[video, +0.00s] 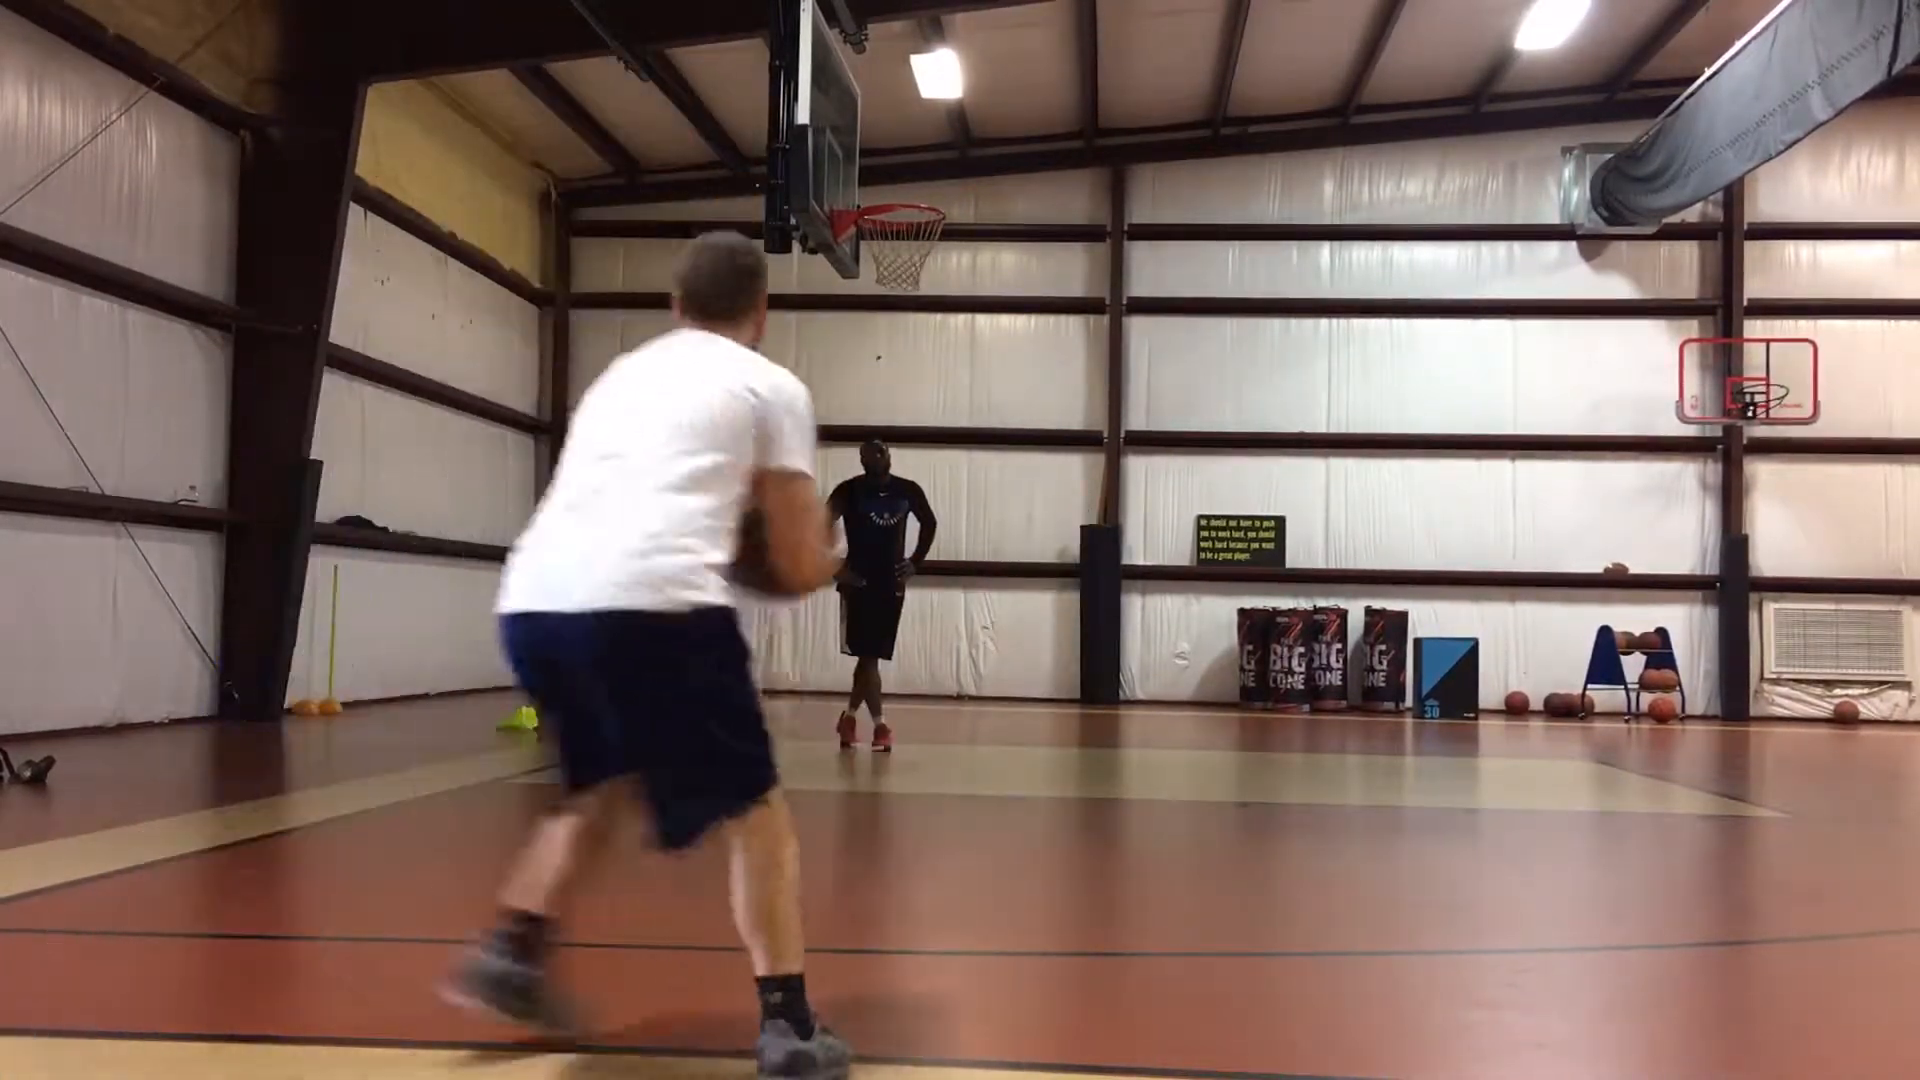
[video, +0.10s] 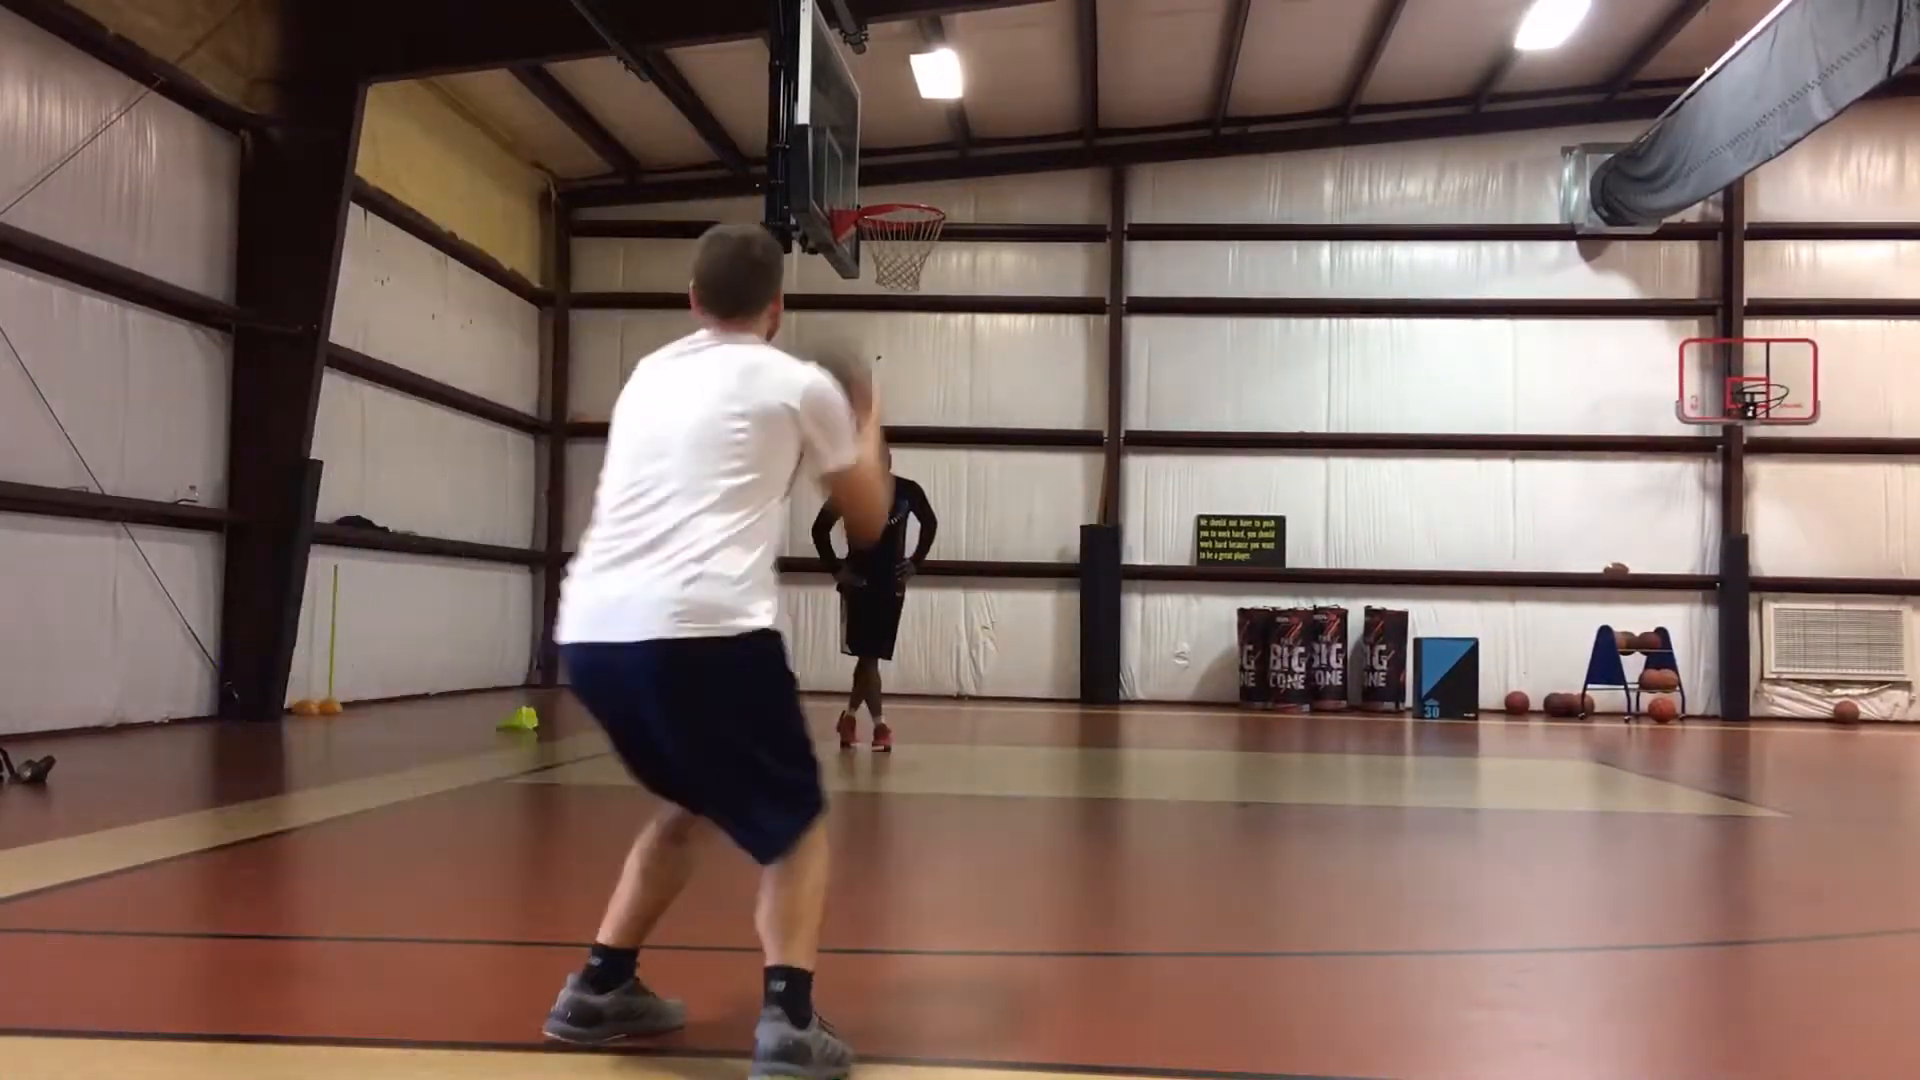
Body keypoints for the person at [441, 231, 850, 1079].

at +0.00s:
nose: (765, 325)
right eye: (768, 314)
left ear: (674, 306)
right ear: (759, 314)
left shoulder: (615, 376)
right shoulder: (767, 385)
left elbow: (610, 512)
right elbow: (798, 565)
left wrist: (745, 537)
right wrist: (827, 543)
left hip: (537, 609)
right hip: (661, 609)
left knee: (595, 786)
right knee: (757, 810)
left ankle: (510, 950)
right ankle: (787, 1024)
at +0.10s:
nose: (777, 309)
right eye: (778, 298)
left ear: (690, 302)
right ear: (775, 306)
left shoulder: (646, 376)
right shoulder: (797, 385)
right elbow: (867, 519)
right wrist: (869, 428)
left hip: (595, 637)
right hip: (711, 638)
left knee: (690, 799)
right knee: (795, 819)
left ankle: (600, 984)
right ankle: (788, 1021)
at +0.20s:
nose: (803, 230)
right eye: (802, 218)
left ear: (709, 229)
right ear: (793, 232)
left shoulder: (673, 301)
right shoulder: (804, 305)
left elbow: (733, 271)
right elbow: (906, 335)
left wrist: (784, 224)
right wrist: (865, 229)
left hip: (639, 582)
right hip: (748, 578)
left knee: (701, 780)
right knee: (810, 803)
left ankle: (606, 978)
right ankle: (785, 1003)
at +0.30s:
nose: (779, 140)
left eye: (752, 129)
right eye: (792, 128)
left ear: (719, 132)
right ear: (804, 132)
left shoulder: (695, 201)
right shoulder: (826, 195)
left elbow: (743, 131)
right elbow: (912, 126)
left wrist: (755, 50)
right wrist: (884, 26)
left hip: (681, 464)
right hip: (788, 464)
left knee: (675, 697)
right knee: (801, 701)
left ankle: (634, 914)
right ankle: (813, 914)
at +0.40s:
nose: (833, 62)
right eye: (822, 55)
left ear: (737, 67)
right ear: (824, 66)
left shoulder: (718, 122)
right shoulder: (844, 117)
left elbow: (745, 60)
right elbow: (892, 38)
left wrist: (824, 38)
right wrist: (889, 11)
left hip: (706, 395)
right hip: (805, 398)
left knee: (711, 627)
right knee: (818, 641)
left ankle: (666, 837)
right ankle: (807, 849)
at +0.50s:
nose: (848, 52)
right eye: (844, 41)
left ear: (757, 54)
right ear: (842, 49)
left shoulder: (736, 114)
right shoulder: (860, 111)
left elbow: (763, 53)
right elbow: (913, 32)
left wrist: (828, 33)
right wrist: (894, 5)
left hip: (728, 380)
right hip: (822, 380)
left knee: (743, 607)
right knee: (825, 616)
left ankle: (708, 820)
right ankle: (814, 836)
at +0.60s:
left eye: (792, 68)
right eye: (845, 69)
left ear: (777, 84)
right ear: (856, 88)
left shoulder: (761, 149)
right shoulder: (878, 150)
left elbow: (785, 44)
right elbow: (936, 69)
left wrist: (818, 9)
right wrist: (893, 3)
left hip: (751, 412)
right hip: (839, 420)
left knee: (767, 641)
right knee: (834, 651)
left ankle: (747, 850)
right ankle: (831, 872)